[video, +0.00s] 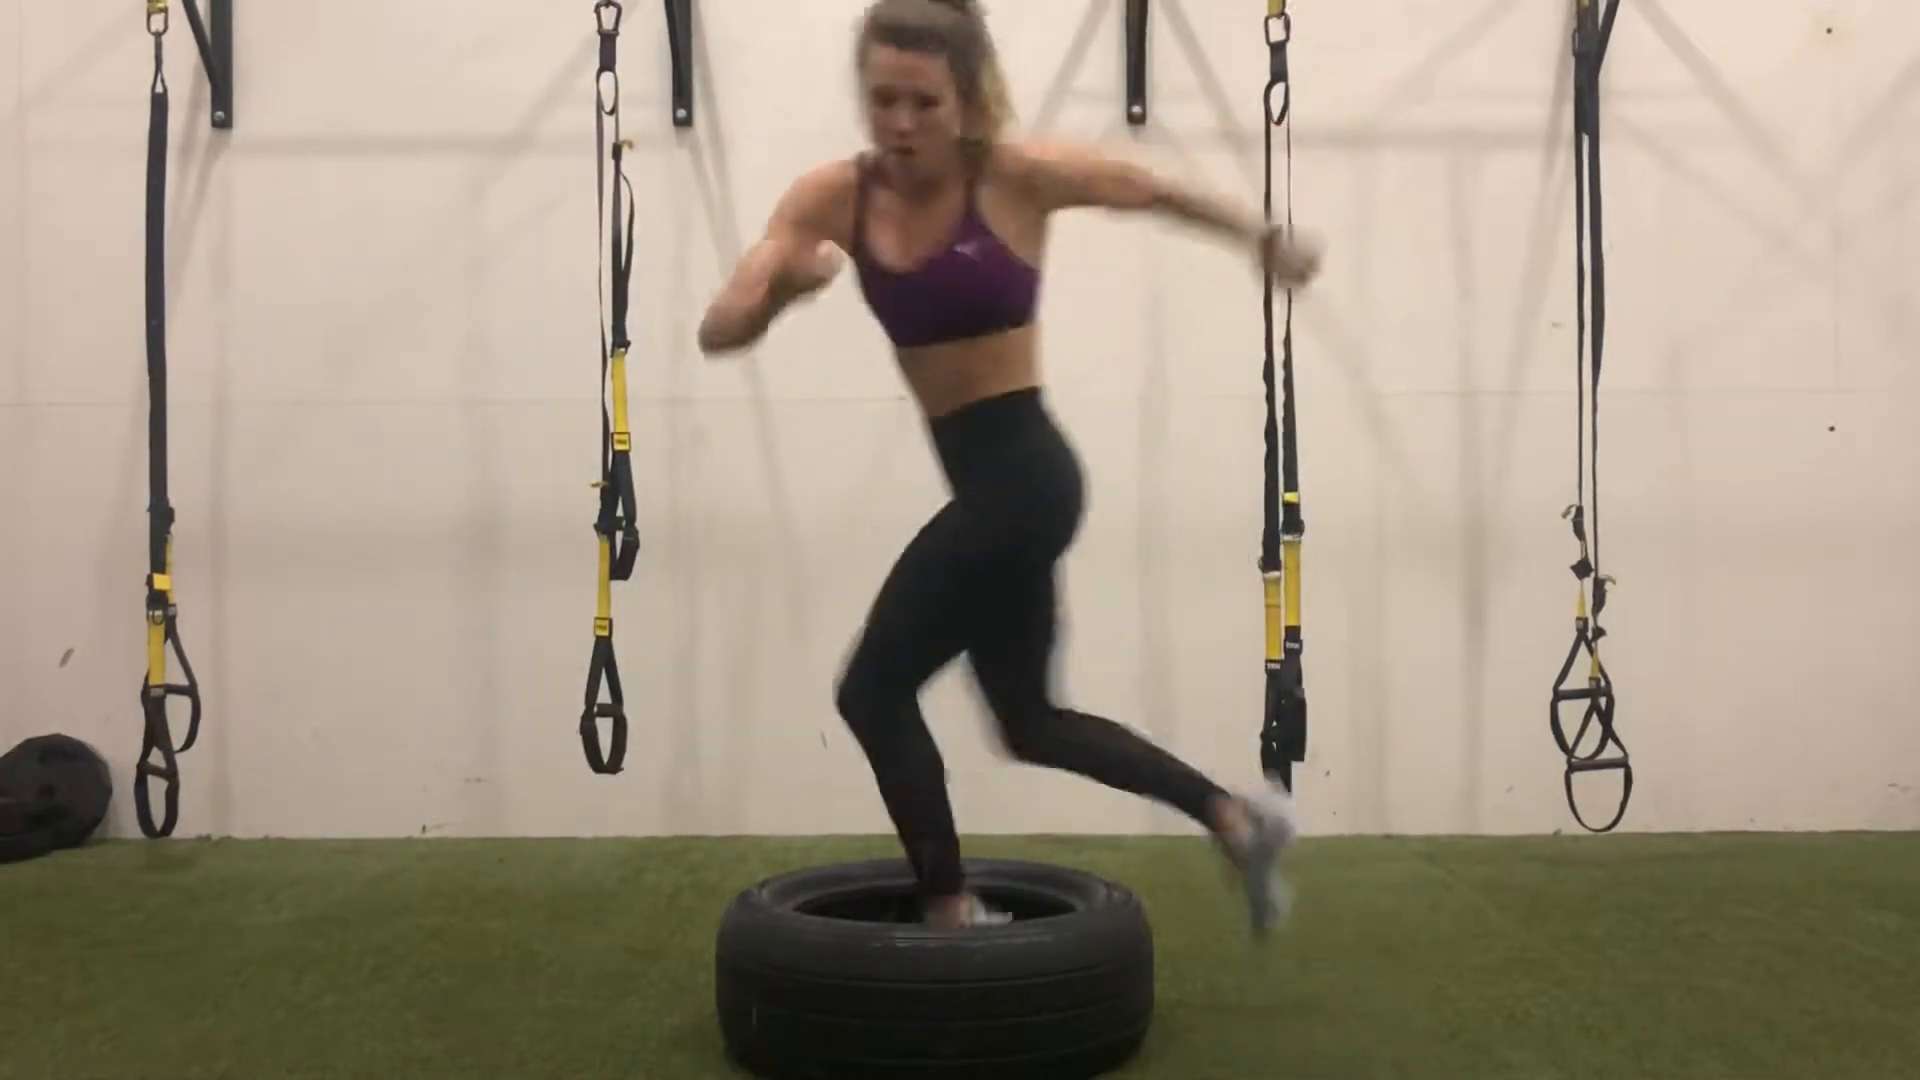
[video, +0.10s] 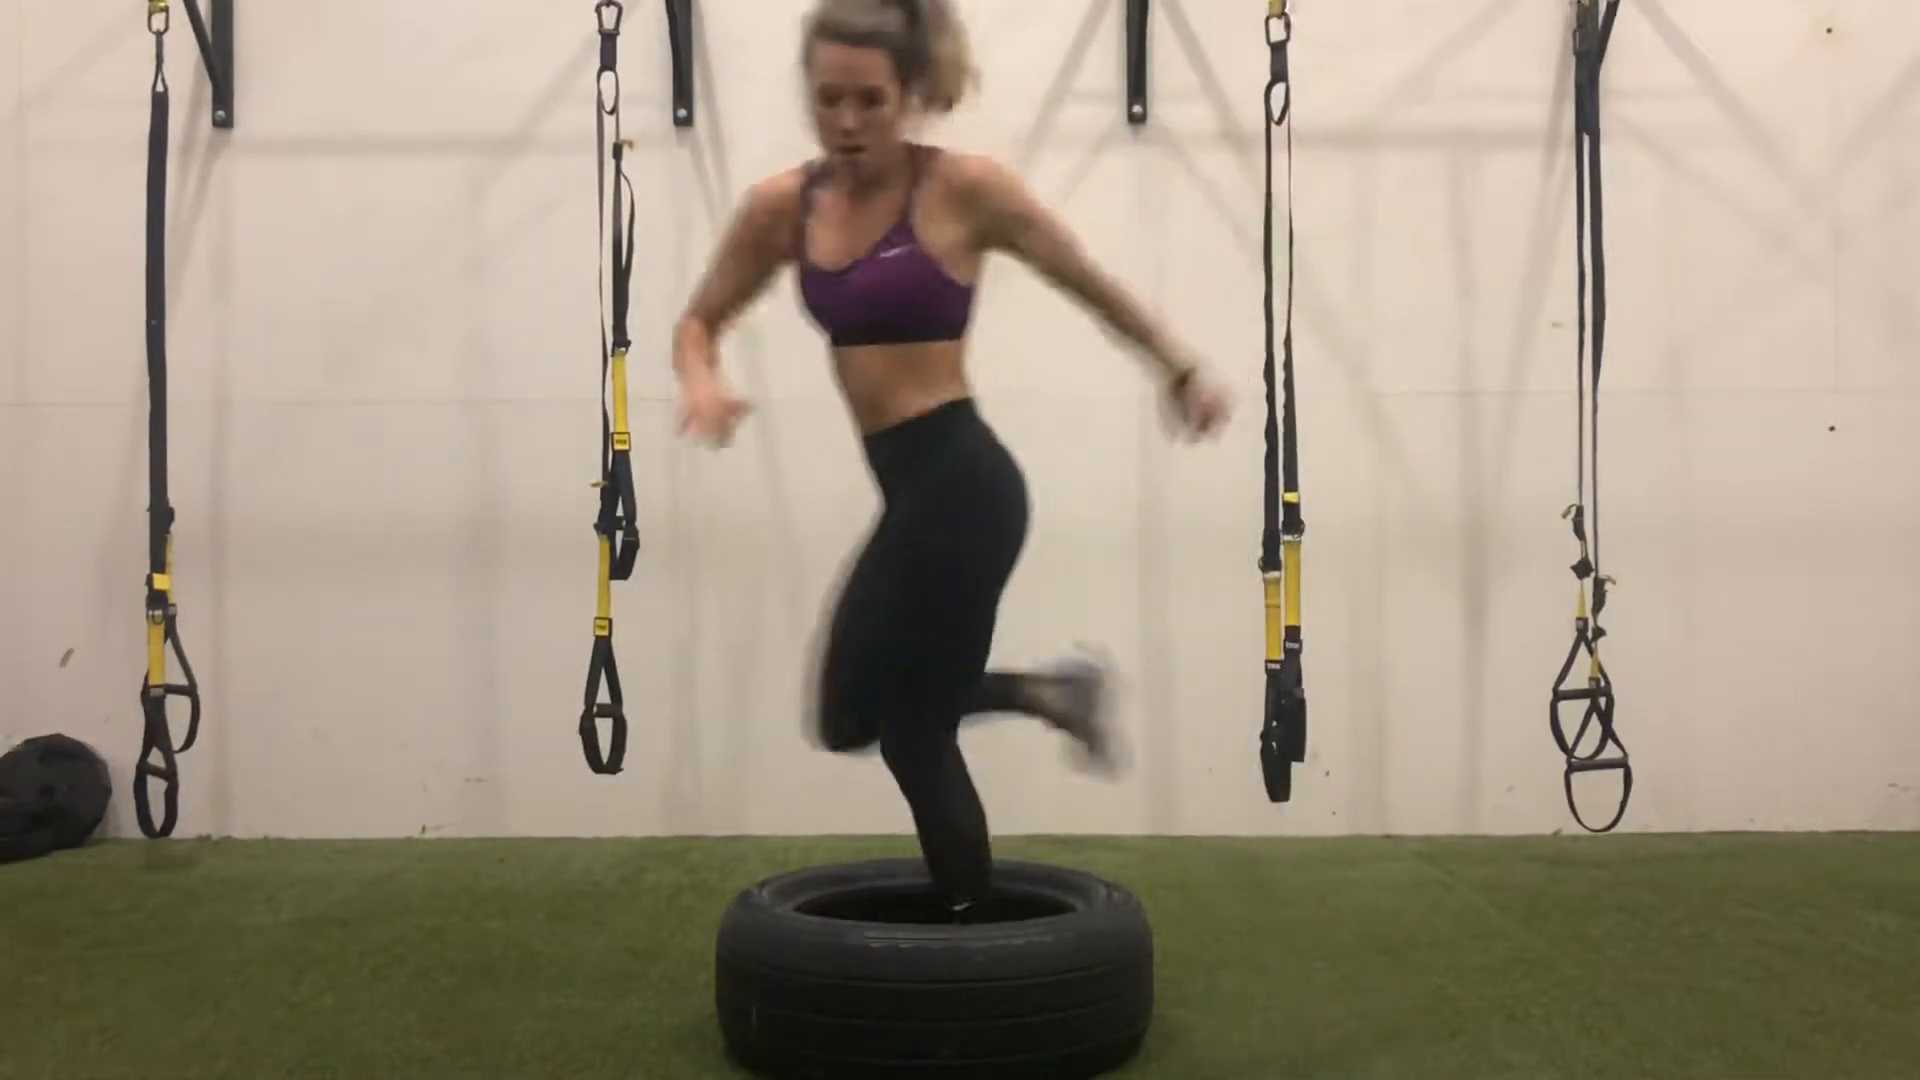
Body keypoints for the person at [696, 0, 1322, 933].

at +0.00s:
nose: (900, 124)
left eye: (923, 102)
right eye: (882, 99)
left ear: (967, 101)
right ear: (861, 97)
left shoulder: (1017, 178)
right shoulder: (832, 196)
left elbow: (1157, 192)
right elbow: (717, 336)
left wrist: (1267, 240)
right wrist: (777, 292)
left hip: (1025, 478)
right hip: (981, 482)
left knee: (874, 692)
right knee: (1029, 725)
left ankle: (949, 922)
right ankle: (1235, 818)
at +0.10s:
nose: (845, 122)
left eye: (867, 100)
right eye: (827, 98)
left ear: (910, 97)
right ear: (807, 95)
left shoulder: (966, 189)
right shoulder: (783, 207)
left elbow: (1084, 281)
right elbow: (699, 318)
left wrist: (1180, 368)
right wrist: (701, 383)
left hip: (961, 485)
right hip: (910, 492)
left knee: (876, 712)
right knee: (875, 718)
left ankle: (969, 941)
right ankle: (1053, 693)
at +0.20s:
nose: (759, 91)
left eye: (782, 72)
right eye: (744, 68)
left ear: (826, 78)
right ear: (726, 68)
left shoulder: (881, 162)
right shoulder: (698, 186)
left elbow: (1025, 262)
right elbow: (656, 259)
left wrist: (1013, 381)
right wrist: (666, 382)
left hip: (909, 446)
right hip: (817, 457)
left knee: (884, 695)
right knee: (689, 643)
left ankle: (975, 913)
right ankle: (833, 763)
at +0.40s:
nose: (665, 172)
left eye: (688, 150)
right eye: (645, 148)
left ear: (722, 152)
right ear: (614, 146)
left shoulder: (768, 246)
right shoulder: (569, 281)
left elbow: (833, 356)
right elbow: (561, 402)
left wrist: (834, 427)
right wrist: (576, 433)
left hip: (744, 504)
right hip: (633, 513)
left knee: (671, 589)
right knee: (556, 751)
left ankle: (773, 712)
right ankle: (486, 969)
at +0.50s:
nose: (663, 144)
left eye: (682, 124)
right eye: (642, 123)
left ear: (710, 129)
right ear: (607, 128)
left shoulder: (766, 227)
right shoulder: (573, 235)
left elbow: (822, 301)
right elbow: (503, 403)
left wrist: (839, 417)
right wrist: (559, 336)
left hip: (718, 507)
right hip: (606, 498)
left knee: (605, 644)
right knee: (519, 722)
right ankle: (479, 956)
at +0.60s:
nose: (707, 135)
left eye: (724, 114)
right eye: (682, 116)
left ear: (747, 109)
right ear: (637, 115)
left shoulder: (785, 213)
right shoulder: (598, 215)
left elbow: (840, 274)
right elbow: (496, 335)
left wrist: (875, 377)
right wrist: (525, 384)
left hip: (697, 509)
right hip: (588, 482)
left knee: (600, 766)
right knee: (483, 734)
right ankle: (410, 911)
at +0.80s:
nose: (772, 195)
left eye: (789, 173)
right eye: (751, 175)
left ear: (812, 168)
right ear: (713, 171)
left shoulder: (830, 260)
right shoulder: (664, 255)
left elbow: (923, 378)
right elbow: (533, 261)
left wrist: (824, 305)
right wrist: (413, 288)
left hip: (688, 528)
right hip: (624, 509)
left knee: (593, 785)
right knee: (804, 648)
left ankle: (427, 987)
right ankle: (572, 713)